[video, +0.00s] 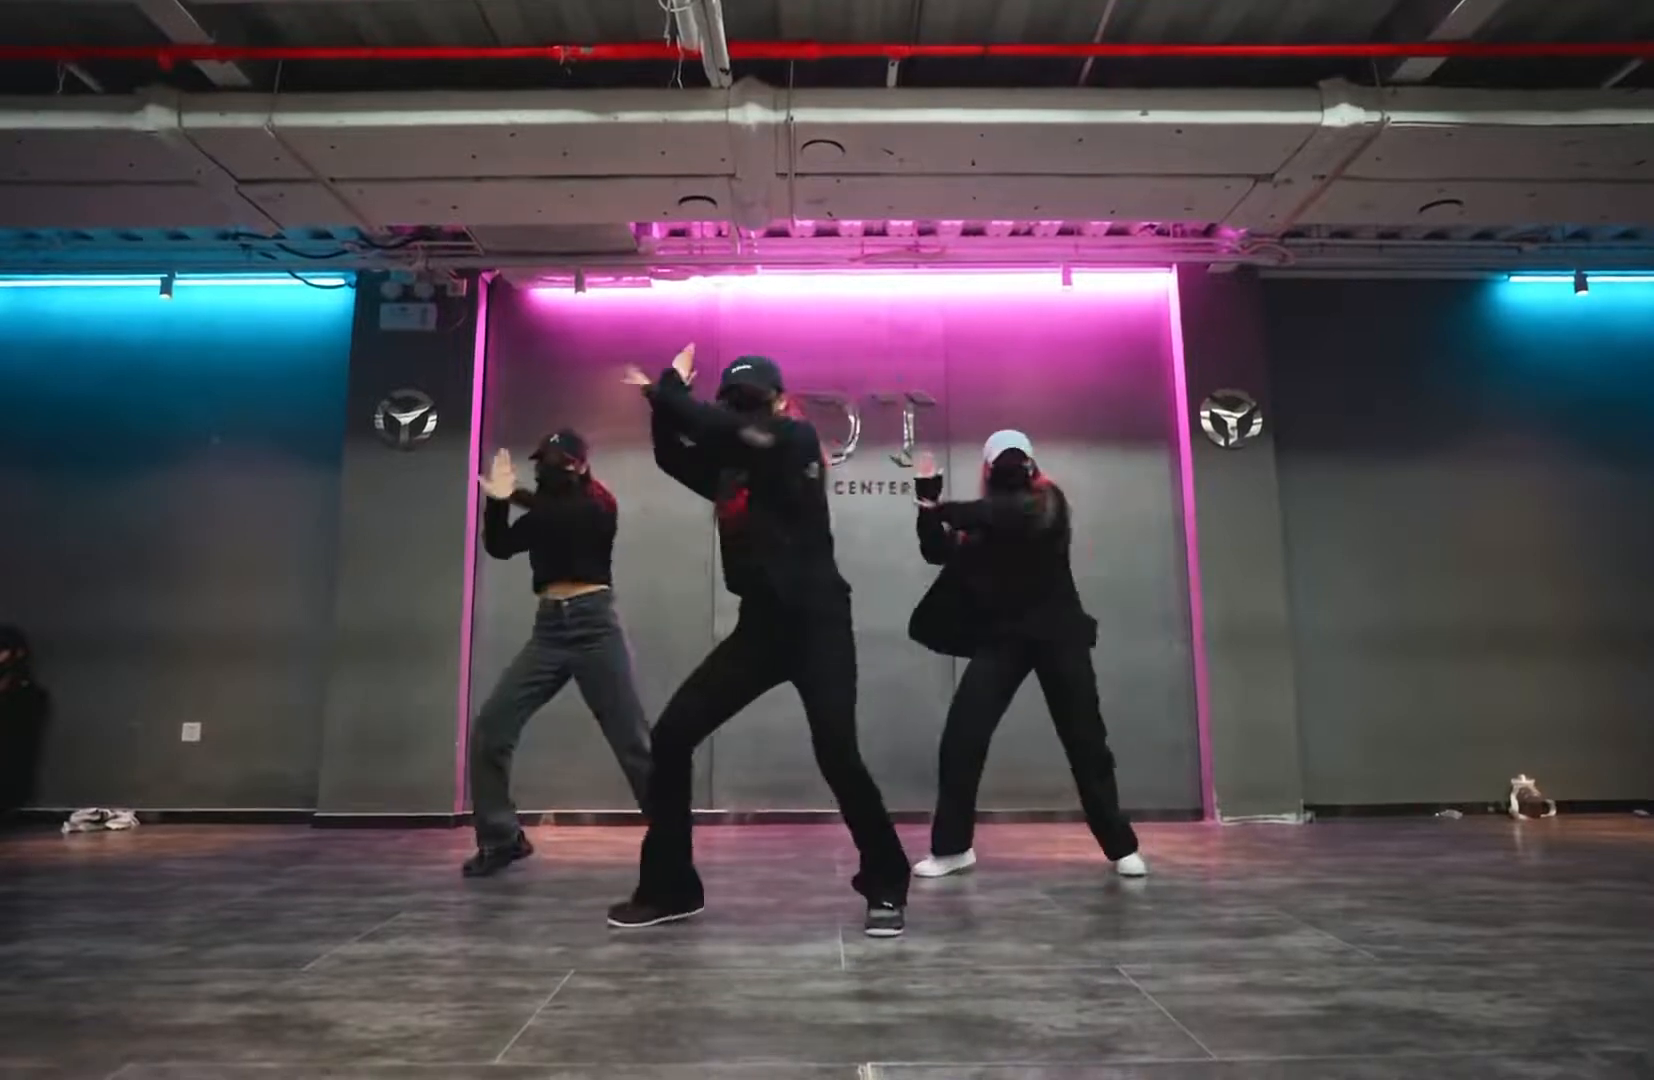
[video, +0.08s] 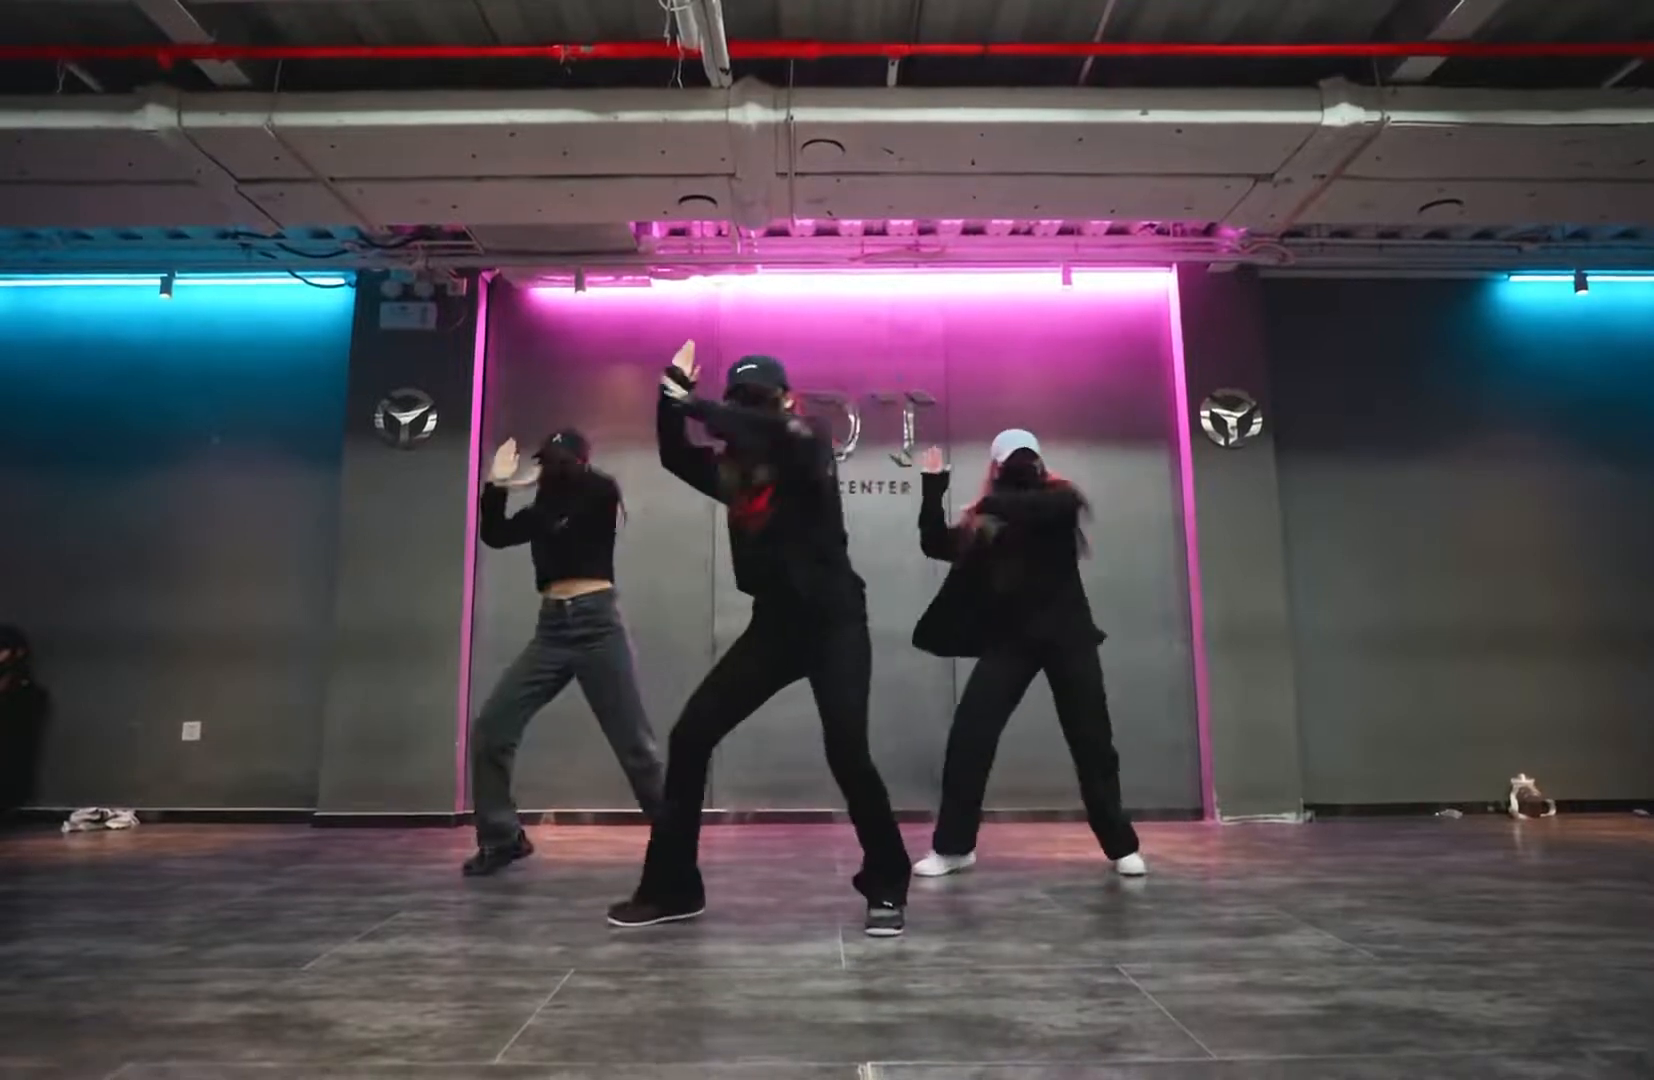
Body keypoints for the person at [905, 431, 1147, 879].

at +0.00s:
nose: (1012, 473)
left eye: (1018, 464)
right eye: (1003, 467)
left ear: (1030, 467)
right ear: (989, 472)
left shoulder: (1047, 499)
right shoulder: (980, 518)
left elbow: (1014, 514)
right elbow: (935, 550)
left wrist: (945, 511)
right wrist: (928, 499)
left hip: (1058, 635)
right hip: (1003, 637)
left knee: (1085, 741)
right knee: (962, 737)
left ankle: (1122, 850)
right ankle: (952, 849)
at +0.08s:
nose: (1026, 470)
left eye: (1031, 463)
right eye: (1015, 466)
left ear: (1043, 464)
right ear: (996, 472)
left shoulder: (1061, 497)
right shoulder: (986, 520)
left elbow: (1043, 509)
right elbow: (935, 542)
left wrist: (987, 504)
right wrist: (933, 488)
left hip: (1067, 636)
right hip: (1011, 640)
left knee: (1092, 741)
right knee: (970, 734)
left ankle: (1122, 849)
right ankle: (954, 847)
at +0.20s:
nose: (1044, 465)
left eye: (1048, 456)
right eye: (1036, 459)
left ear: (1017, 462)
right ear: (1023, 467)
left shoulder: (1080, 499)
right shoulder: (999, 519)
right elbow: (946, 529)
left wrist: (1038, 494)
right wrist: (948, 475)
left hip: (1083, 637)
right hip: (1025, 639)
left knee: (1102, 741)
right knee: (985, 736)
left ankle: (1123, 849)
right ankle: (952, 846)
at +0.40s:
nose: (1069, 481)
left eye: (1077, 472)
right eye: (1060, 472)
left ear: (1088, 476)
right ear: (1043, 474)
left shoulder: (1116, 518)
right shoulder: (1026, 520)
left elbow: (1168, 510)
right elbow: (975, 527)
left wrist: (1112, 482)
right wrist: (977, 467)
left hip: (1110, 650)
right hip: (1048, 649)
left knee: (1118, 745)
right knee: (1007, 731)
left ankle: (1124, 848)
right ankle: (995, 836)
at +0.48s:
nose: (1077, 466)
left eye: (1084, 459)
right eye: (1068, 460)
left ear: (1095, 464)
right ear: (1052, 468)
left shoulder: (1121, 508)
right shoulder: (1037, 515)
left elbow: (1164, 551)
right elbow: (988, 529)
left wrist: (1137, 499)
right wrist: (989, 473)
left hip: (1114, 644)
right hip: (1056, 643)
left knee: (1119, 744)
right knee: (1020, 724)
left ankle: (1124, 846)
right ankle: (1037, 816)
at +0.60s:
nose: (1083, 468)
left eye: (1089, 461)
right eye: (1074, 461)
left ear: (1098, 465)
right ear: (1057, 467)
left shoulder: (1123, 515)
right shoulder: (1041, 515)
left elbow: (1151, 575)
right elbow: (997, 519)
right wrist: (1004, 462)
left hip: (1116, 648)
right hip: (1059, 648)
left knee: (1122, 747)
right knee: (1063, 745)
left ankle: (1122, 843)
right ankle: (1083, 826)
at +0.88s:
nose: (1095, 410)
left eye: (1101, 402)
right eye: (1086, 403)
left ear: (1110, 412)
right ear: (1065, 413)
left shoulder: (1127, 459)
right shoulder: (1046, 457)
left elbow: (1138, 532)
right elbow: (1000, 461)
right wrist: (1017, 401)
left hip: (1112, 591)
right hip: (1058, 591)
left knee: (1115, 685)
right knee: (1058, 686)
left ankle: (1113, 776)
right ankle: (1080, 777)